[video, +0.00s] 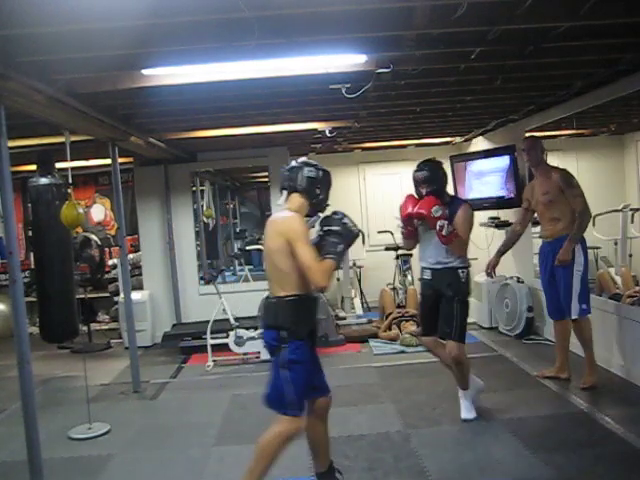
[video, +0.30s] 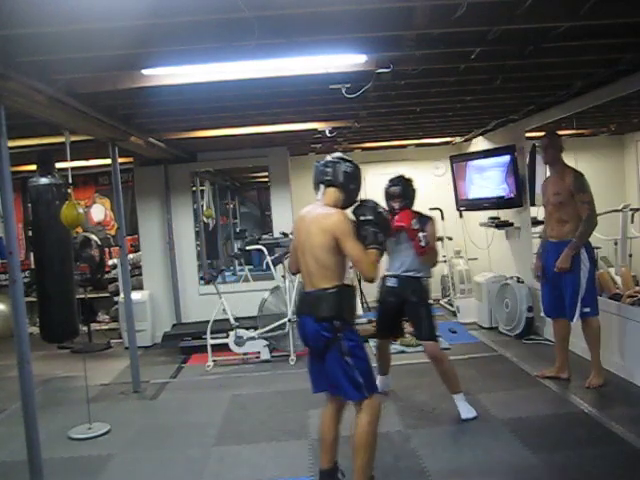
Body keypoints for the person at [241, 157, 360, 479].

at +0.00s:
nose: (323, 198)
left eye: (323, 192)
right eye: (322, 190)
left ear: (291, 187)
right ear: (314, 189)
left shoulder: (278, 221)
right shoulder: (292, 222)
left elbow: (302, 275)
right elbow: (319, 279)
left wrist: (326, 246)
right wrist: (336, 248)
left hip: (288, 322)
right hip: (288, 325)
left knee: (319, 402)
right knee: (292, 419)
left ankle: (325, 473)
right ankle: (251, 475)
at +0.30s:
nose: (356, 193)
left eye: (354, 187)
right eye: (354, 186)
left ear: (323, 182)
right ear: (346, 185)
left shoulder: (304, 217)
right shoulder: (338, 219)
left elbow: (293, 266)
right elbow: (369, 272)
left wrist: (327, 248)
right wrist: (376, 235)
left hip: (309, 313)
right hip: (333, 317)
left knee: (334, 398)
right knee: (370, 401)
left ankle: (327, 471)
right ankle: (362, 475)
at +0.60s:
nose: (369, 191)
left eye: (366, 186)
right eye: (367, 186)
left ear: (338, 187)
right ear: (360, 185)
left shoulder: (321, 219)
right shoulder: (374, 214)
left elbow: (306, 257)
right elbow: (404, 264)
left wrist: (326, 232)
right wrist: (397, 236)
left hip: (336, 308)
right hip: (366, 308)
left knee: (355, 386)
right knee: (370, 398)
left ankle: (366, 447)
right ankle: (361, 473)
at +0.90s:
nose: (376, 195)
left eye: (370, 192)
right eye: (375, 191)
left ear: (347, 190)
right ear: (372, 191)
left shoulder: (330, 222)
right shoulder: (382, 217)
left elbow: (313, 265)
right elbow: (410, 264)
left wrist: (337, 245)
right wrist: (397, 245)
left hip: (345, 309)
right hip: (375, 308)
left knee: (368, 372)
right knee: (404, 382)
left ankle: (366, 439)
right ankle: (397, 466)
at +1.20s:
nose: (366, 208)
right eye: (366, 204)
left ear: (338, 207)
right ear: (363, 203)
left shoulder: (328, 228)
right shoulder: (374, 224)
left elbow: (307, 245)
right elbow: (400, 270)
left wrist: (329, 243)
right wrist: (398, 253)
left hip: (338, 308)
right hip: (366, 308)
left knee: (355, 373)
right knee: (399, 384)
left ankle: (351, 433)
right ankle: (389, 462)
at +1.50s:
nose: (366, 198)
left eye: (361, 195)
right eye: (365, 194)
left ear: (336, 197)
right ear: (360, 194)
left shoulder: (323, 222)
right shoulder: (373, 216)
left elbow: (296, 262)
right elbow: (396, 261)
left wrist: (321, 246)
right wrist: (397, 249)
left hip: (333, 300)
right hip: (364, 301)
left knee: (340, 361)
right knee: (380, 377)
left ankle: (330, 430)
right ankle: (380, 462)